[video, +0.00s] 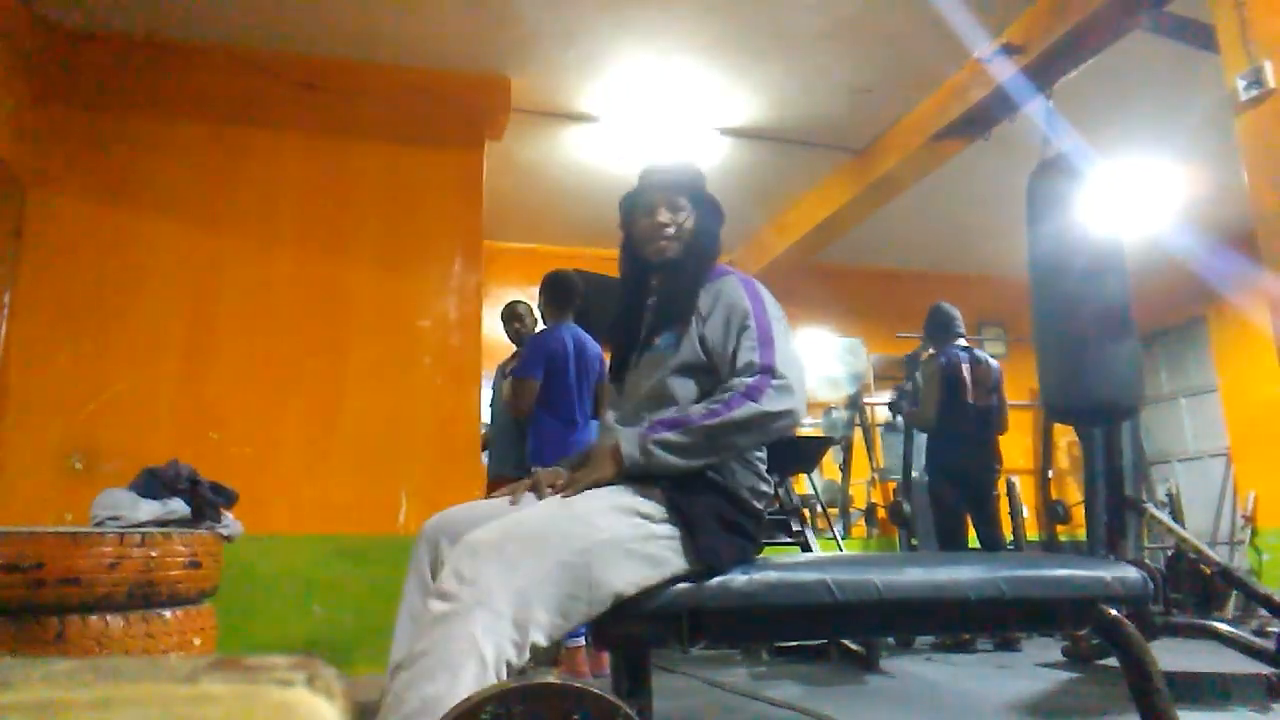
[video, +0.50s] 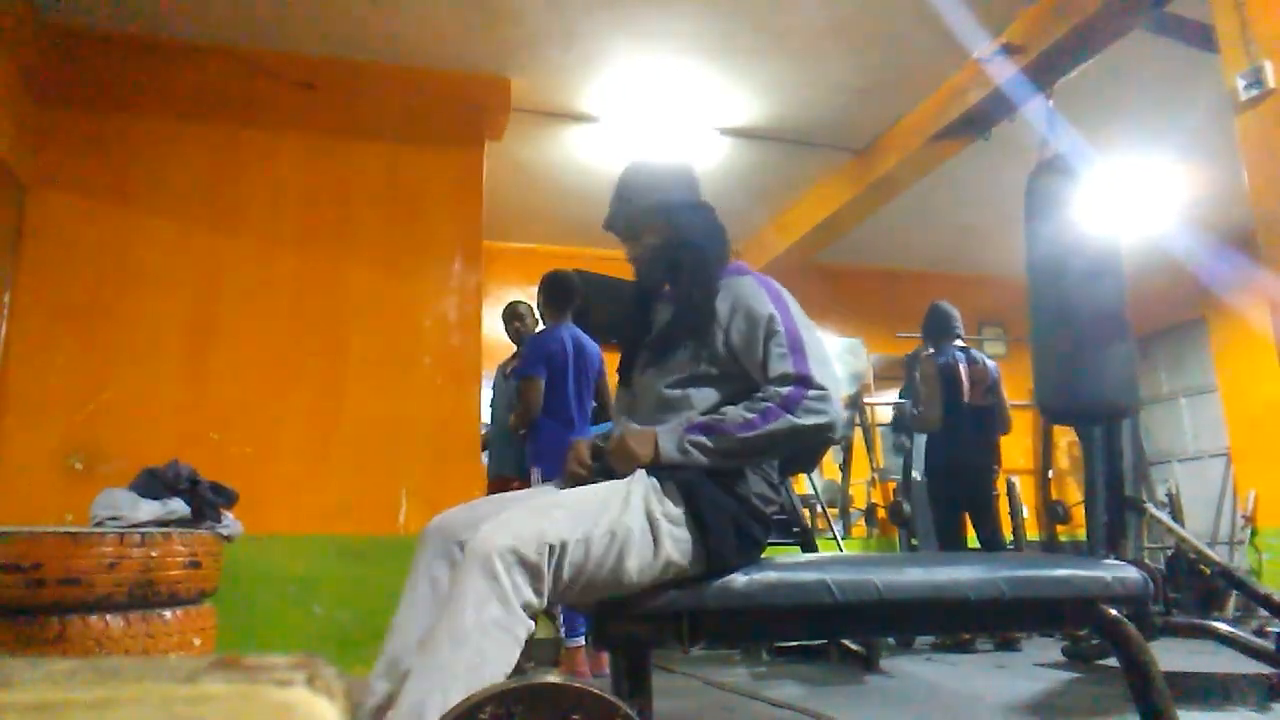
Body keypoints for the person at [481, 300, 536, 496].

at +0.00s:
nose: (515, 327)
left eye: (521, 319)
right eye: (508, 322)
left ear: (535, 321)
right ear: (503, 328)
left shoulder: (544, 364)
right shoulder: (504, 368)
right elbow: (500, 421)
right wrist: (481, 442)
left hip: (532, 466)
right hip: (501, 469)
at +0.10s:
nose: (515, 327)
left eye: (521, 319)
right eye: (508, 322)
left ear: (535, 321)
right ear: (504, 329)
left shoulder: (545, 364)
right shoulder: (504, 369)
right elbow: (500, 421)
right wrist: (484, 440)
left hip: (532, 467)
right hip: (501, 469)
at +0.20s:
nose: (515, 327)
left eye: (521, 318)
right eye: (508, 322)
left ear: (535, 321)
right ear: (504, 329)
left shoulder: (545, 364)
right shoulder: (503, 369)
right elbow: (500, 421)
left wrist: (517, 411)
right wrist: (484, 440)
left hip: (532, 468)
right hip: (501, 470)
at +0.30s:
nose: (515, 327)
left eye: (521, 319)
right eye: (509, 322)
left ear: (535, 321)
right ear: (504, 329)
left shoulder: (543, 363)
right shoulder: (503, 369)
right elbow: (500, 418)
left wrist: (514, 419)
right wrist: (486, 439)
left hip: (530, 467)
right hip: (500, 469)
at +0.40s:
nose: (516, 326)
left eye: (521, 319)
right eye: (509, 322)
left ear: (535, 321)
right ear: (504, 329)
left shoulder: (542, 363)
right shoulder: (503, 369)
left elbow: (534, 409)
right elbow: (500, 418)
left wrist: (515, 419)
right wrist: (485, 439)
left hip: (529, 466)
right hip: (500, 468)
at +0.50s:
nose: (516, 326)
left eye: (521, 319)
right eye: (509, 322)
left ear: (535, 321)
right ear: (505, 329)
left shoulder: (543, 363)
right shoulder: (503, 369)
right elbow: (500, 421)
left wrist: (517, 421)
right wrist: (484, 440)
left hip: (530, 467)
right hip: (501, 469)